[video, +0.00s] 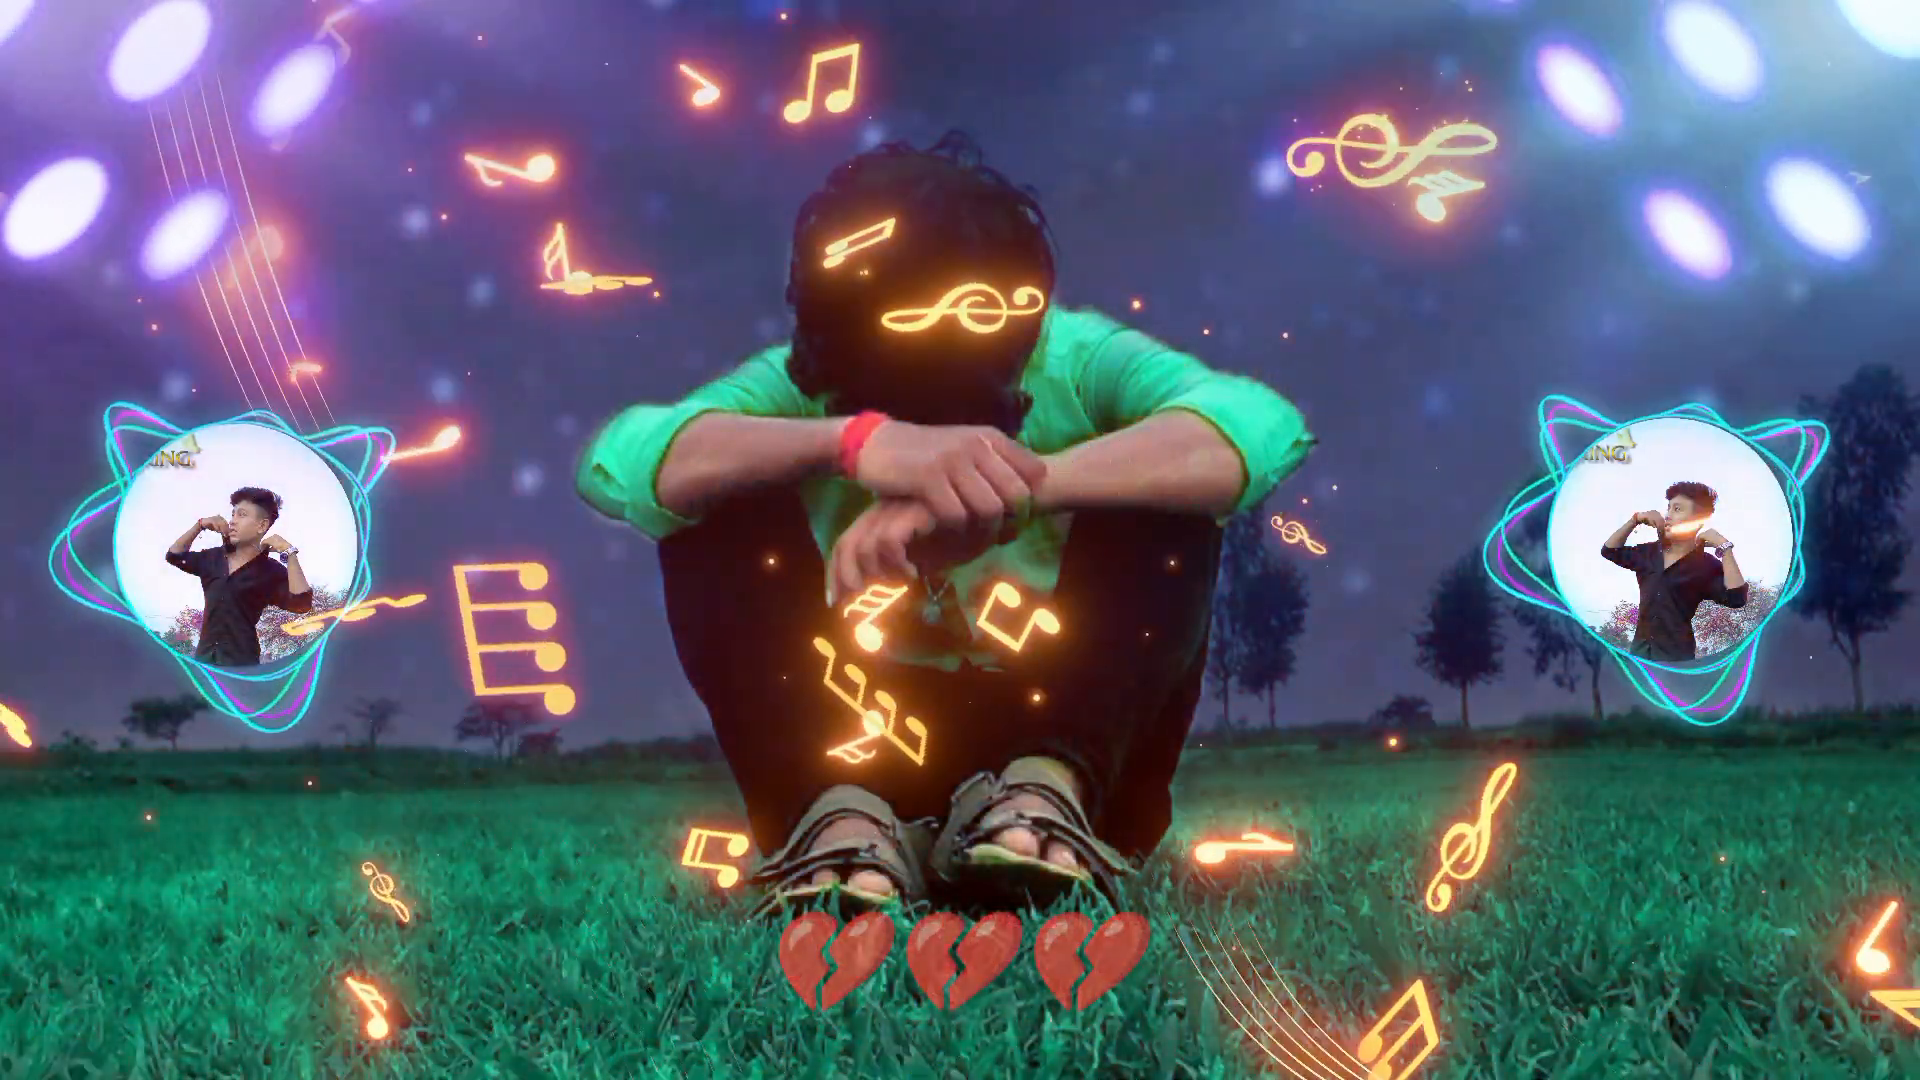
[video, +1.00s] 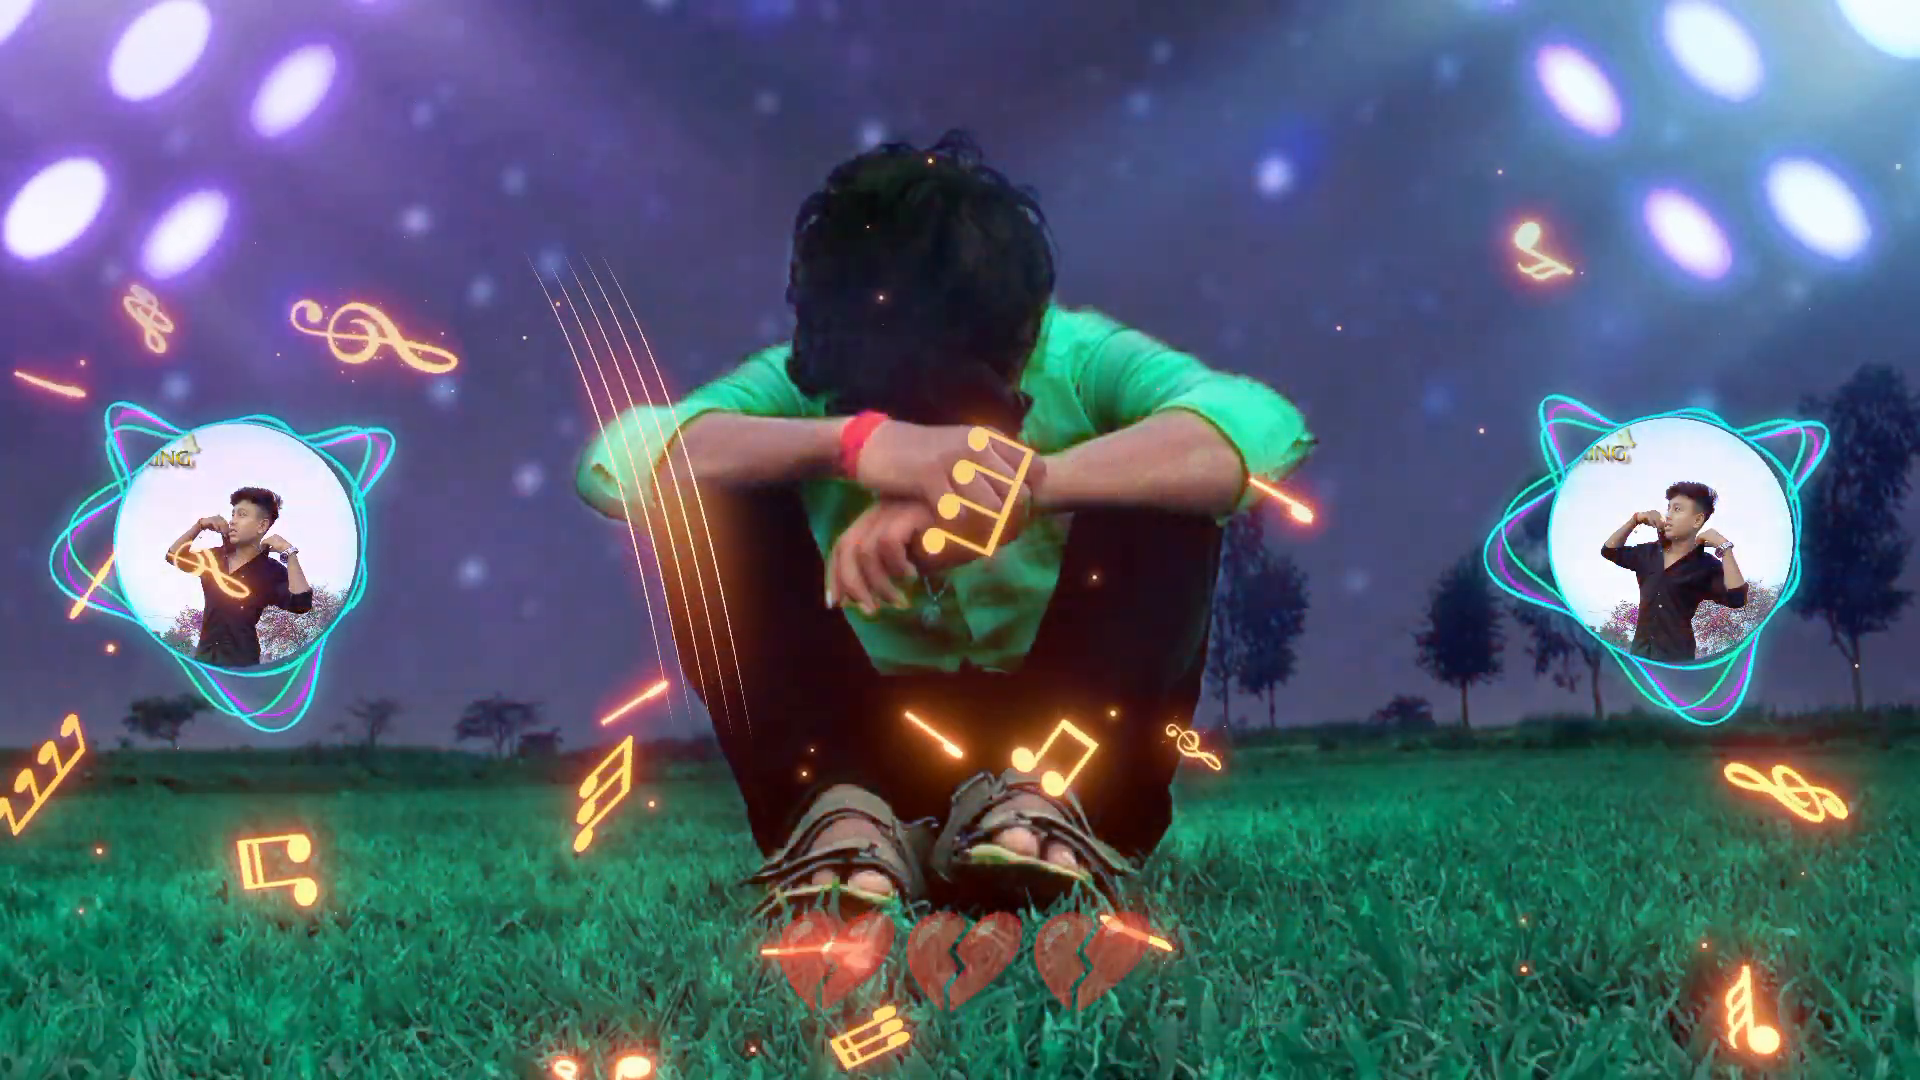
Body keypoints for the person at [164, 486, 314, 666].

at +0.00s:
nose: (232, 521)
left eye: (242, 515)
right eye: (233, 514)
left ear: (263, 525)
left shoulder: (270, 569)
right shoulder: (212, 558)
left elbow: (302, 604)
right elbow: (173, 556)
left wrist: (290, 554)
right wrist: (199, 526)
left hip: (242, 662)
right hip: (204, 658)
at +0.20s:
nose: (232, 520)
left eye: (242, 515)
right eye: (233, 514)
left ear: (263, 525)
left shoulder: (270, 570)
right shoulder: (212, 558)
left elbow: (302, 604)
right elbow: (174, 556)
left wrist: (290, 554)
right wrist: (199, 526)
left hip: (242, 663)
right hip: (204, 659)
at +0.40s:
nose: (232, 521)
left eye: (242, 515)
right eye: (233, 514)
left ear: (263, 525)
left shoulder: (270, 570)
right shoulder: (213, 558)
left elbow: (302, 605)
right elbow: (174, 556)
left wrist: (290, 554)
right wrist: (199, 526)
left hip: (242, 663)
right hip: (204, 659)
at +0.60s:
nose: (232, 521)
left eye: (242, 515)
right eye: (233, 514)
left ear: (263, 525)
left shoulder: (271, 570)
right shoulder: (213, 558)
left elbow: (302, 604)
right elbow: (175, 556)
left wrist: (290, 554)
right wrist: (199, 526)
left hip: (242, 665)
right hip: (204, 661)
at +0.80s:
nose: (232, 521)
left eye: (242, 515)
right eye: (233, 514)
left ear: (263, 525)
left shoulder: (270, 570)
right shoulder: (212, 559)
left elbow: (302, 605)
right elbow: (174, 556)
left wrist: (290, 554)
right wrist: (198, 526)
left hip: (242, 664)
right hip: (204, 660)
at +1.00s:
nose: (232, 521)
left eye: (242, 515)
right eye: (233, 514)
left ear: (263, 525)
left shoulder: (270, 570)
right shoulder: (213, 557)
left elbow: (302, 604)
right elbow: (174, 556)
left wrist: (290, 553)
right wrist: (198, 526)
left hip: (243, 658)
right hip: (205, 654)